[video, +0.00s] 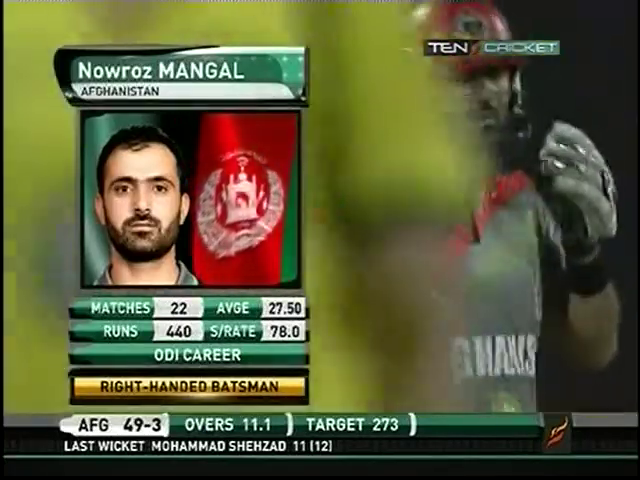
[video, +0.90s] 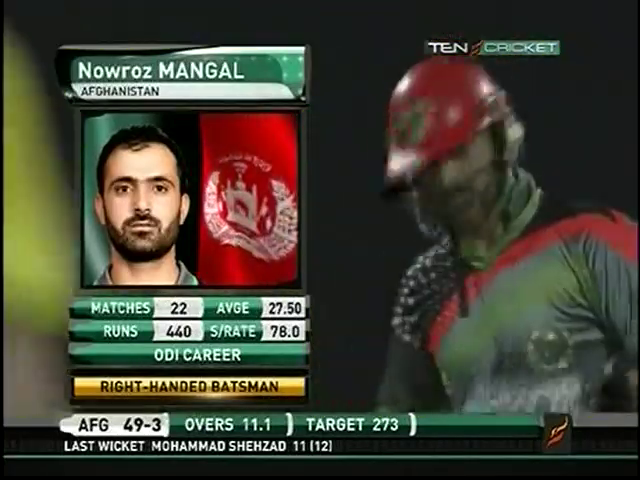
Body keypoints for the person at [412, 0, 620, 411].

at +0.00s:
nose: (485, 93)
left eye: (495, 73)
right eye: (464, 78)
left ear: (513, 83)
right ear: (420, 88)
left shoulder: (526, 204)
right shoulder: (390, 206)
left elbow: (593, 354)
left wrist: (587, 250)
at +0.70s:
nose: (470, 126)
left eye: (483, 106)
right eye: (443, 112)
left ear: (507, 116)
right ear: (405, 134)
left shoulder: (570, 231)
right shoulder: (380, 270)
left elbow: (632, 344)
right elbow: (345, 420)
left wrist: (628, 285)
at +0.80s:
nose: (468, 144)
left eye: (480, 122)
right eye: (443, 131)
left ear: (510, 127)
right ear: (411, 152)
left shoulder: (583, 236)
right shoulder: (401, 274)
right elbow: (367, 422)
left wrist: (617, 321)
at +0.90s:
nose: (447, 177)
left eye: (459, 152)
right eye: (428, 164)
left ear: (504, 141)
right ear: (411, 177)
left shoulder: (598, 243)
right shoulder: (425, 285)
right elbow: (398, 418)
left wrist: (628, 380)